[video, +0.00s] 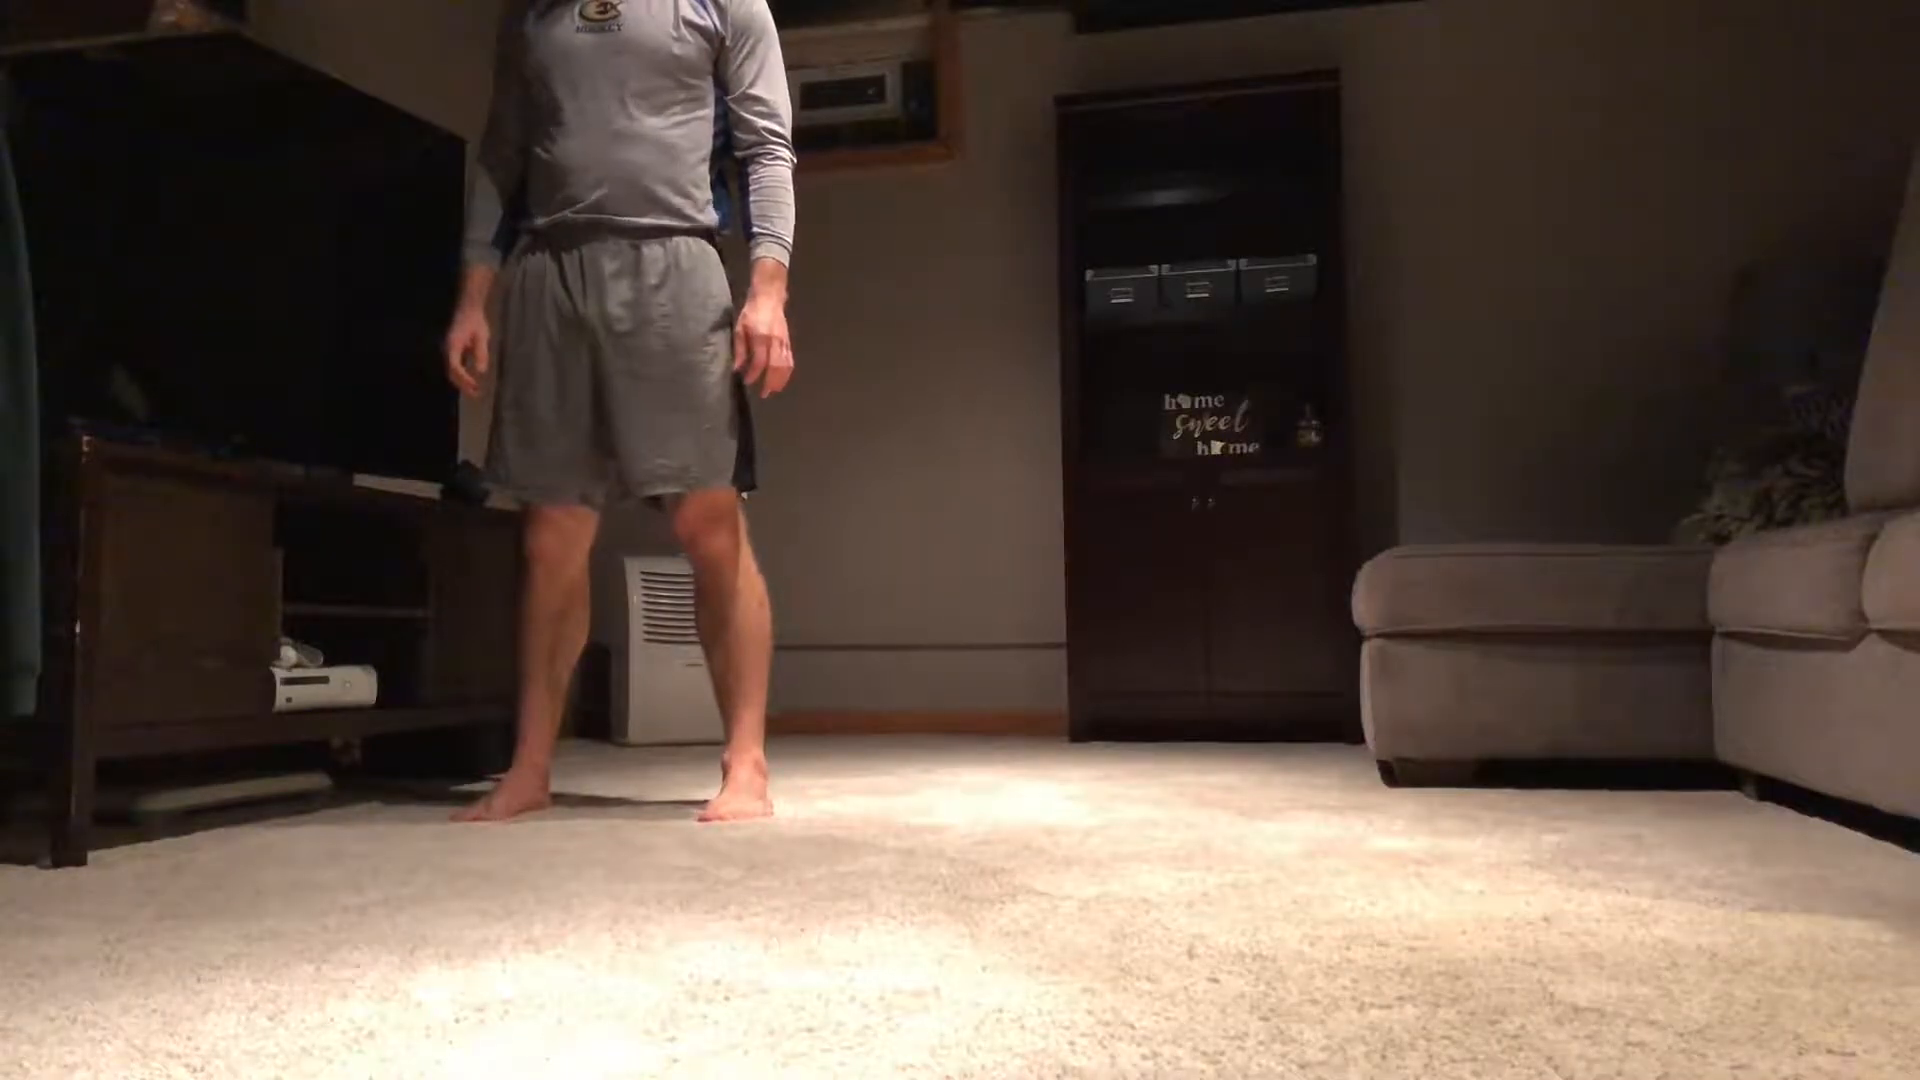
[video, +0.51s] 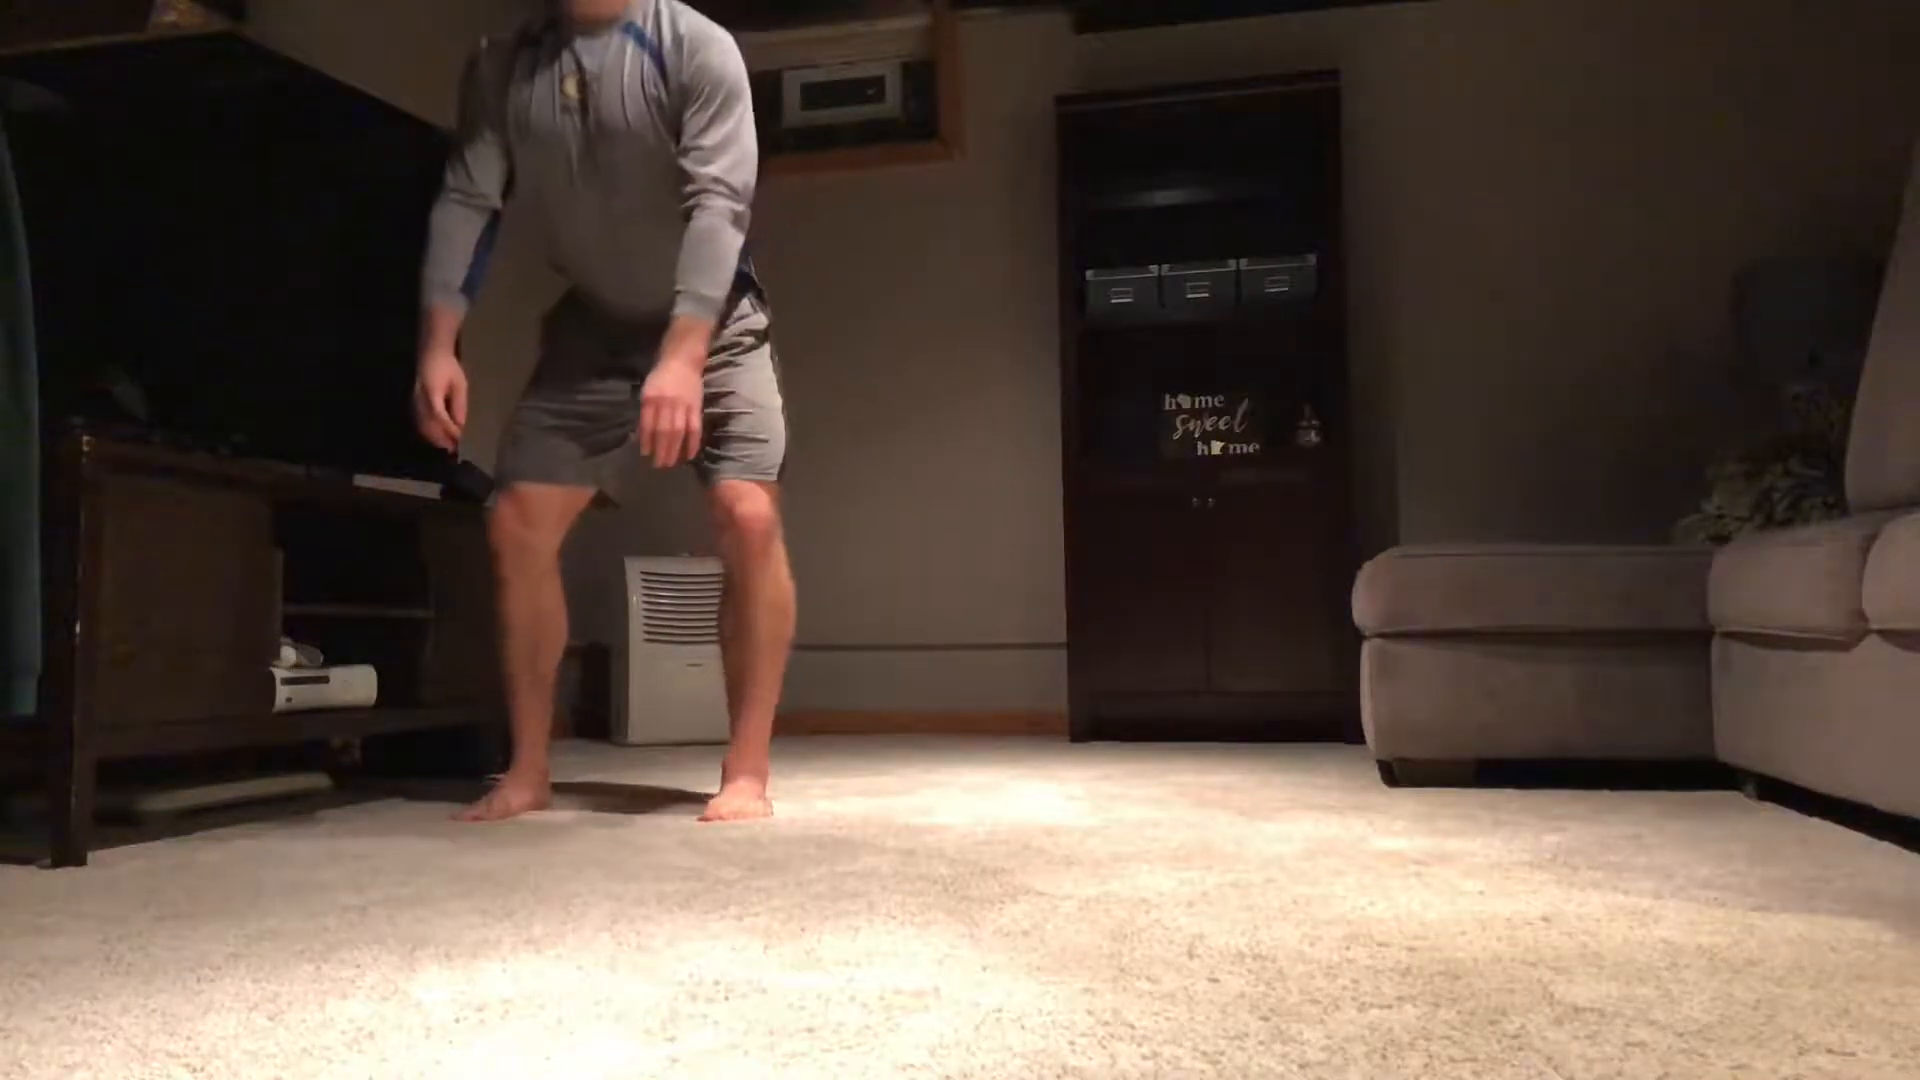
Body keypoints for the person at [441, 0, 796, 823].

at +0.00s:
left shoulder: (728, 8)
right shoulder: (532, 17)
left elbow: (767, 148)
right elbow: (499, 155)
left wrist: (768, 291)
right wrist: (473, 294)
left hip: (672, 267)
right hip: (549, 275)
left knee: (710, 529)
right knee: (551, 537)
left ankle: (745, 770)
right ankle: (529, 773)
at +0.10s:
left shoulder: (727, 8)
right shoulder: (529, 15)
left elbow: (763, 146)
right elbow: (496, 150)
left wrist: (763, 294)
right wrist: (473, 296)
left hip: (673, 267)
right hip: (549, 274)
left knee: (709, 528)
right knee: (549, 534)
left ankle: (745, 770)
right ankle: (529, 773)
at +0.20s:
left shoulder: (724, 8)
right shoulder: (527, 15)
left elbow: (757, 143)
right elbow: (490, 147)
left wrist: (755, 298)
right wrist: (467, 298)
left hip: (681, 273)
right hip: (559, 283)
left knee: (713, 524)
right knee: (547, 529)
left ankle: (746, 769)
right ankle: (530, 772)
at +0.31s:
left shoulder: (717, 12)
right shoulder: (522, 19)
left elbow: (749, 151)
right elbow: (482, 148)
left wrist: (736, 307)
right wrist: (456, 298)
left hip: (691, 286)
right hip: (570, 294)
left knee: (728, 521)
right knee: (538, 526)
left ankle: (748, 769)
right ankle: (529, 772)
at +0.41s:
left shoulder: (699, 15)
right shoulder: (509, 31)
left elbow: (738, 166)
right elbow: (472, 164)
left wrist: (712, 324)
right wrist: (446, 314)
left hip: (702, 301)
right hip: (579, 309)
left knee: (742, 516)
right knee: (530, 522)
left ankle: (747, 770)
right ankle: (528, 772)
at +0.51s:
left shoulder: (699, 51)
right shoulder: (503, 67)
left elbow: (719, 204)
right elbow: (466, 198)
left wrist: (683, 357)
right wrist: (438, 344)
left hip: (715, 320)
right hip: (594, 325)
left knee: (747, 512)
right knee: (519, 522)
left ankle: (747, 774)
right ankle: (528, 773)